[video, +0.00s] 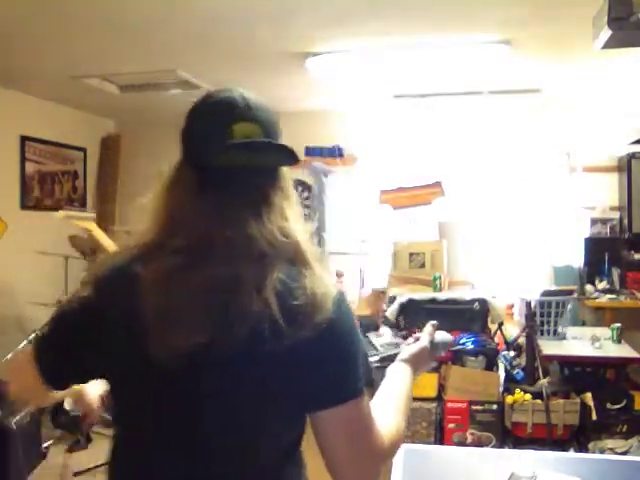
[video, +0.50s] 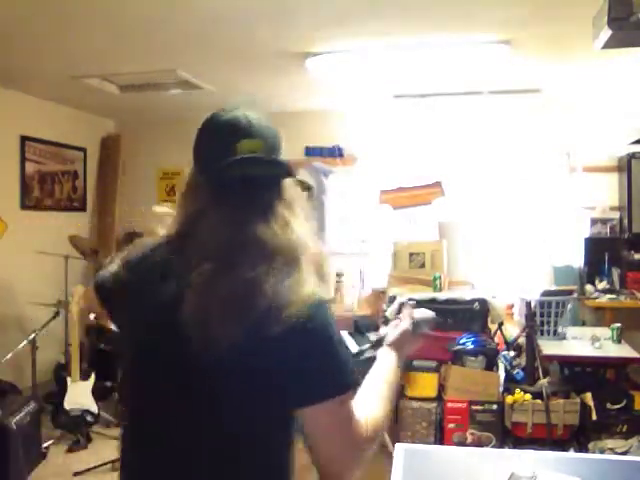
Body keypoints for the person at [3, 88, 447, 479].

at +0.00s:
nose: (285, 191)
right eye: (282, 180)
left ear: (184, 179)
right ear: (276, 184)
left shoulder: (126, 287)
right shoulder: (308, 301)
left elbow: (18, 385)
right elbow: (361, 466)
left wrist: (83, 394)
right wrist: (407, 369)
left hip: (142, 473)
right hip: (265, 473)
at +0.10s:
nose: (307, 187)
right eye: (301, 175)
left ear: (204, 179)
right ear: (294, 182)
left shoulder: (152, 284)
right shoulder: (324, 300)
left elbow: (48, 373)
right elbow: (371, 463)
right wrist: (418, 369)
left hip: (164, 472)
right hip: (282, 474)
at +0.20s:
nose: (318, 187)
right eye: (313, 174)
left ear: (216, 181)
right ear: (304, 184)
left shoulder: (165, 279)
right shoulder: (332, 296)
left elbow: (67, 360)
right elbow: (381, 458)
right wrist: (426, 363)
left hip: (173, 473)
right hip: (292, 473)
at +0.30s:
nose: (320, 182)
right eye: (313, 171)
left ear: (220, 177)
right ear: (306, 180)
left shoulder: (167, 273)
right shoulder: (331, 294)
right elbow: (380, 450)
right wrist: (422, 355)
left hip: (174, 469)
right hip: (289, 471)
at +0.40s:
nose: (314, 186)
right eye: (306, 176)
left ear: (211, 181)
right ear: (297, 185)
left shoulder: (158, 269)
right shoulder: (317, 296)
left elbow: (91, 309)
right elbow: (369, 451)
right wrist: (410, 349)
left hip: (165, 471)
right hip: (279, 472)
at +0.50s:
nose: (284, 197)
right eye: (281, 187)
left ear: (195, 187)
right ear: (277, 194)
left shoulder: (141, 275)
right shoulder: (290, 305)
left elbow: (103, 292)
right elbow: (342, 455)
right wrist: (392, 351)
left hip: (147, 470)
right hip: (252, 472)